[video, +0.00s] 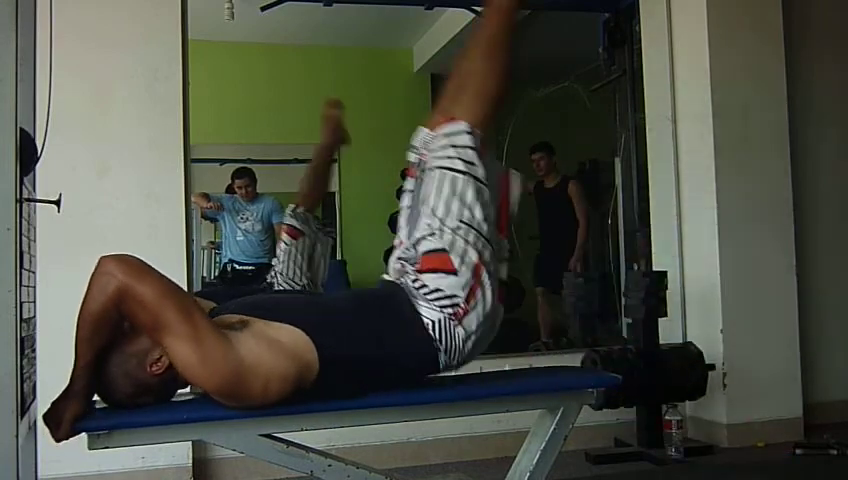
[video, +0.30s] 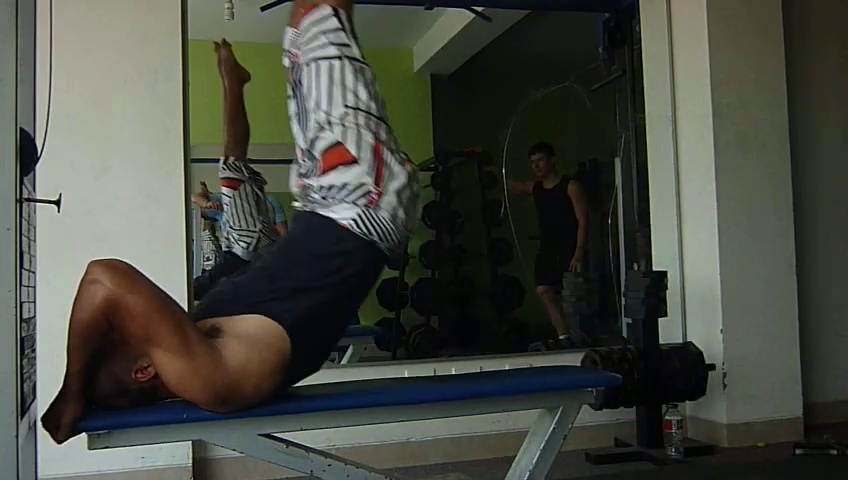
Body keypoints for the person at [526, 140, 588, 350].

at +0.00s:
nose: (537, 165)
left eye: (541, 160)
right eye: (534, 161)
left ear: (552, 160)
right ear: (532, 164)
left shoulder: (570, 185)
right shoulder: (537, 188)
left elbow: (583, 221)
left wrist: (578, 254)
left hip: (567, 249)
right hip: (545, 249)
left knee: (568, 294)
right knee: (542, 293)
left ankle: (571, 337)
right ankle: (546, 340)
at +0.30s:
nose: (536, 165)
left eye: (540, 160)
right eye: (533, 162)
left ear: (551, 160)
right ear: (531, 165)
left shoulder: (570, 186)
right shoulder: (535, 187)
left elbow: (582, 222)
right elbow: (509, 185)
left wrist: (578, 255)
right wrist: (491, 169)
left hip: (568, 246)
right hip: (547, 247)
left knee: (568, 291)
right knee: (543, 289)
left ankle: (573, 335)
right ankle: (563, 335)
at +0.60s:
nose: (537, 164)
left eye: (541, 159)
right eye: (534, 161)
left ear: (552, 160)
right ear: (531, 164)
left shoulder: (570, 187)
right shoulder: (535, 187)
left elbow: (581, 222)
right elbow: (509, 186)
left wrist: (576, 255)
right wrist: (491, 169)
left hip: (568, 249)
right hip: (546, 248)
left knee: (569, 296)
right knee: (546, 295)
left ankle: (574, 337)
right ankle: (574, 330)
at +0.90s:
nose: (537, 165)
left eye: (541, 160)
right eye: (534, 161)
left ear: (552, 161)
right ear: (532, 164)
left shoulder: (569, 187)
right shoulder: (535, 187)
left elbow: (580, 224)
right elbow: (511, 185)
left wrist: (574, 257)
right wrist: (489, 166)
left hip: (566, 250)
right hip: (545, 249)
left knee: (568, 297)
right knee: (545, 297)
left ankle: (573, 336)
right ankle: (574, 329)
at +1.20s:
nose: (537, 165)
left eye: (541, 160)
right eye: (534, 161)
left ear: (552, 161)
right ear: (532, 164)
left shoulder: (570, 187)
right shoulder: (535, 187)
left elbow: (580, 224)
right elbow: (511, 185)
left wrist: (574, 256)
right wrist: (489, 167)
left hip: (566, 250)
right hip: (545, 250)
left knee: (569, 297)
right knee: (545, 296)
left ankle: (573, 336)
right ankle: (574, 329)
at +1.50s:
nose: (537, 165)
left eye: (541, 160)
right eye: (534, 161)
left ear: (552, 161)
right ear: (532, 164)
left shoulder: (570, 187)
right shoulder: (536, 187)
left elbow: (580, 224)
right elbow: (511, 185)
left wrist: (574, 257)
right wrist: (489, 167)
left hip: (566, 250)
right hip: (545, 250)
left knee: (569, 297)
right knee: (545, 297)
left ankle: (573, 336)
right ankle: (574, 329)